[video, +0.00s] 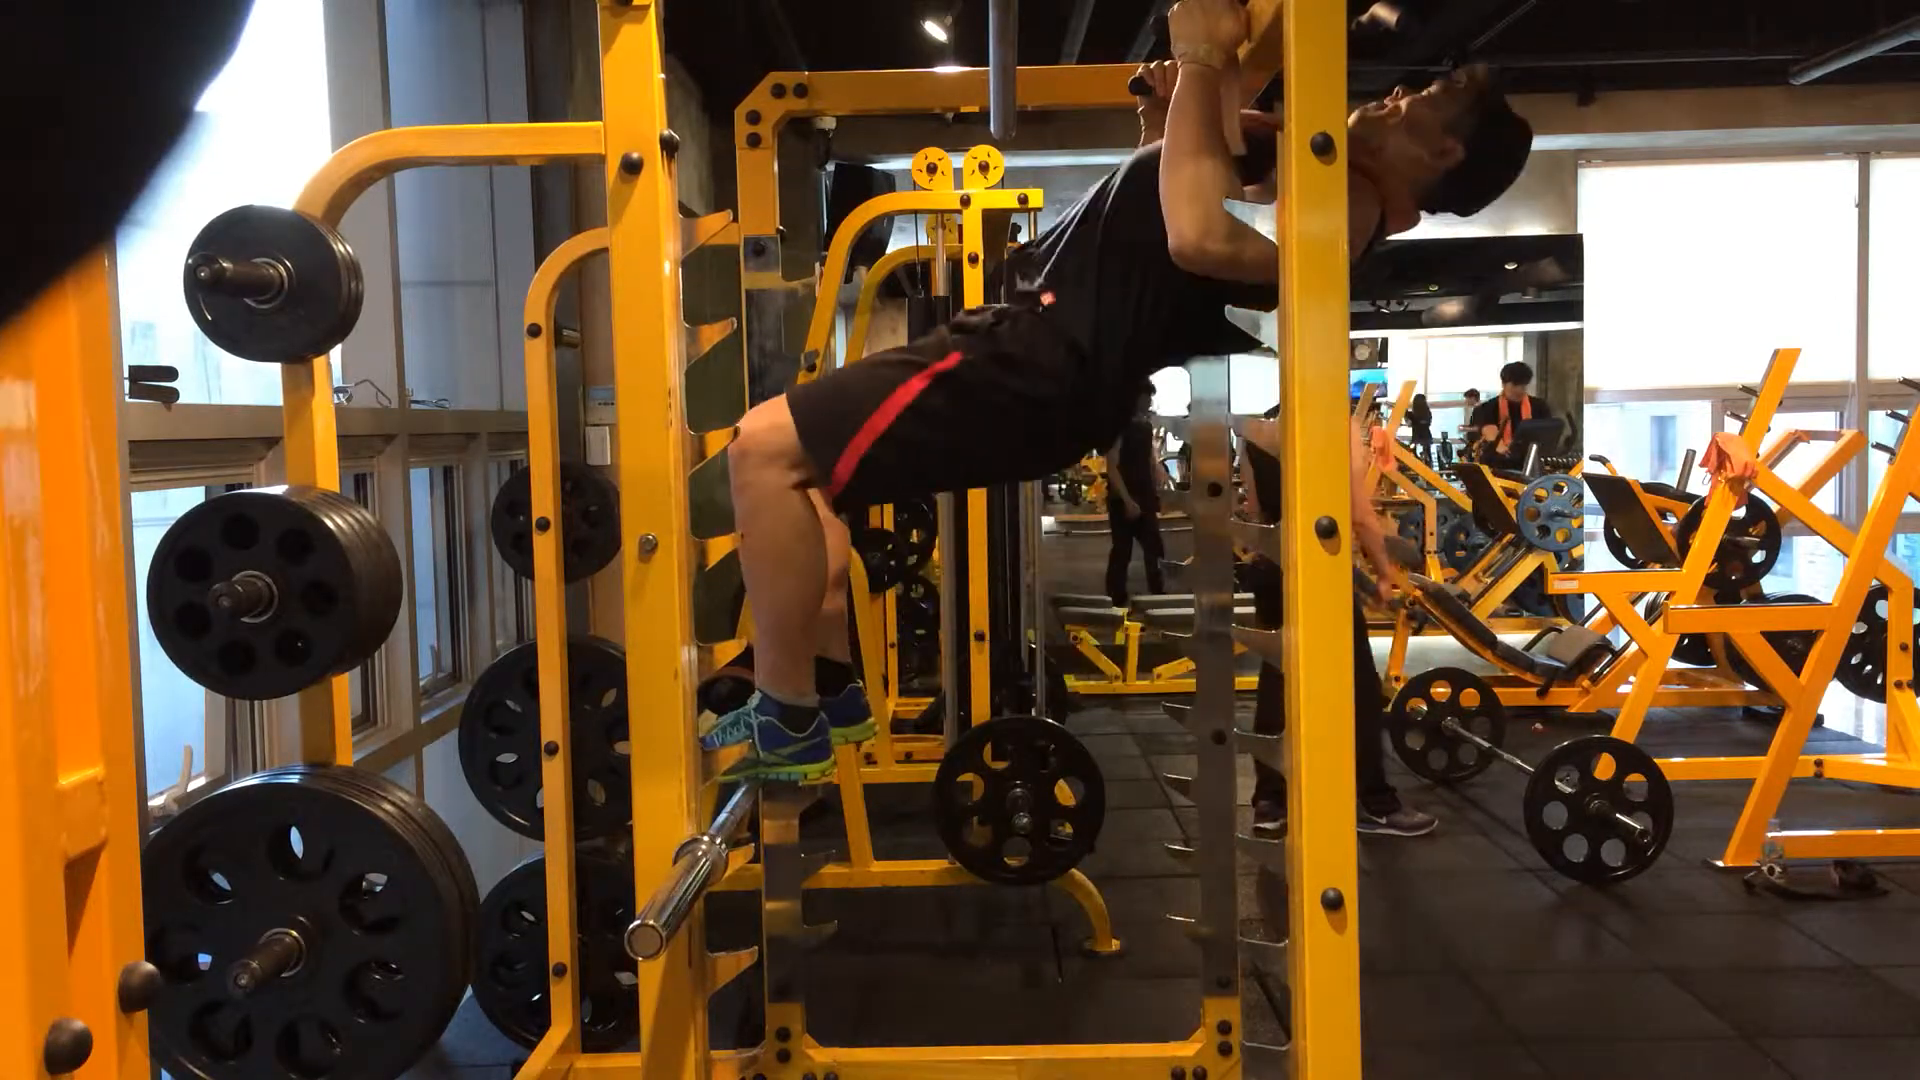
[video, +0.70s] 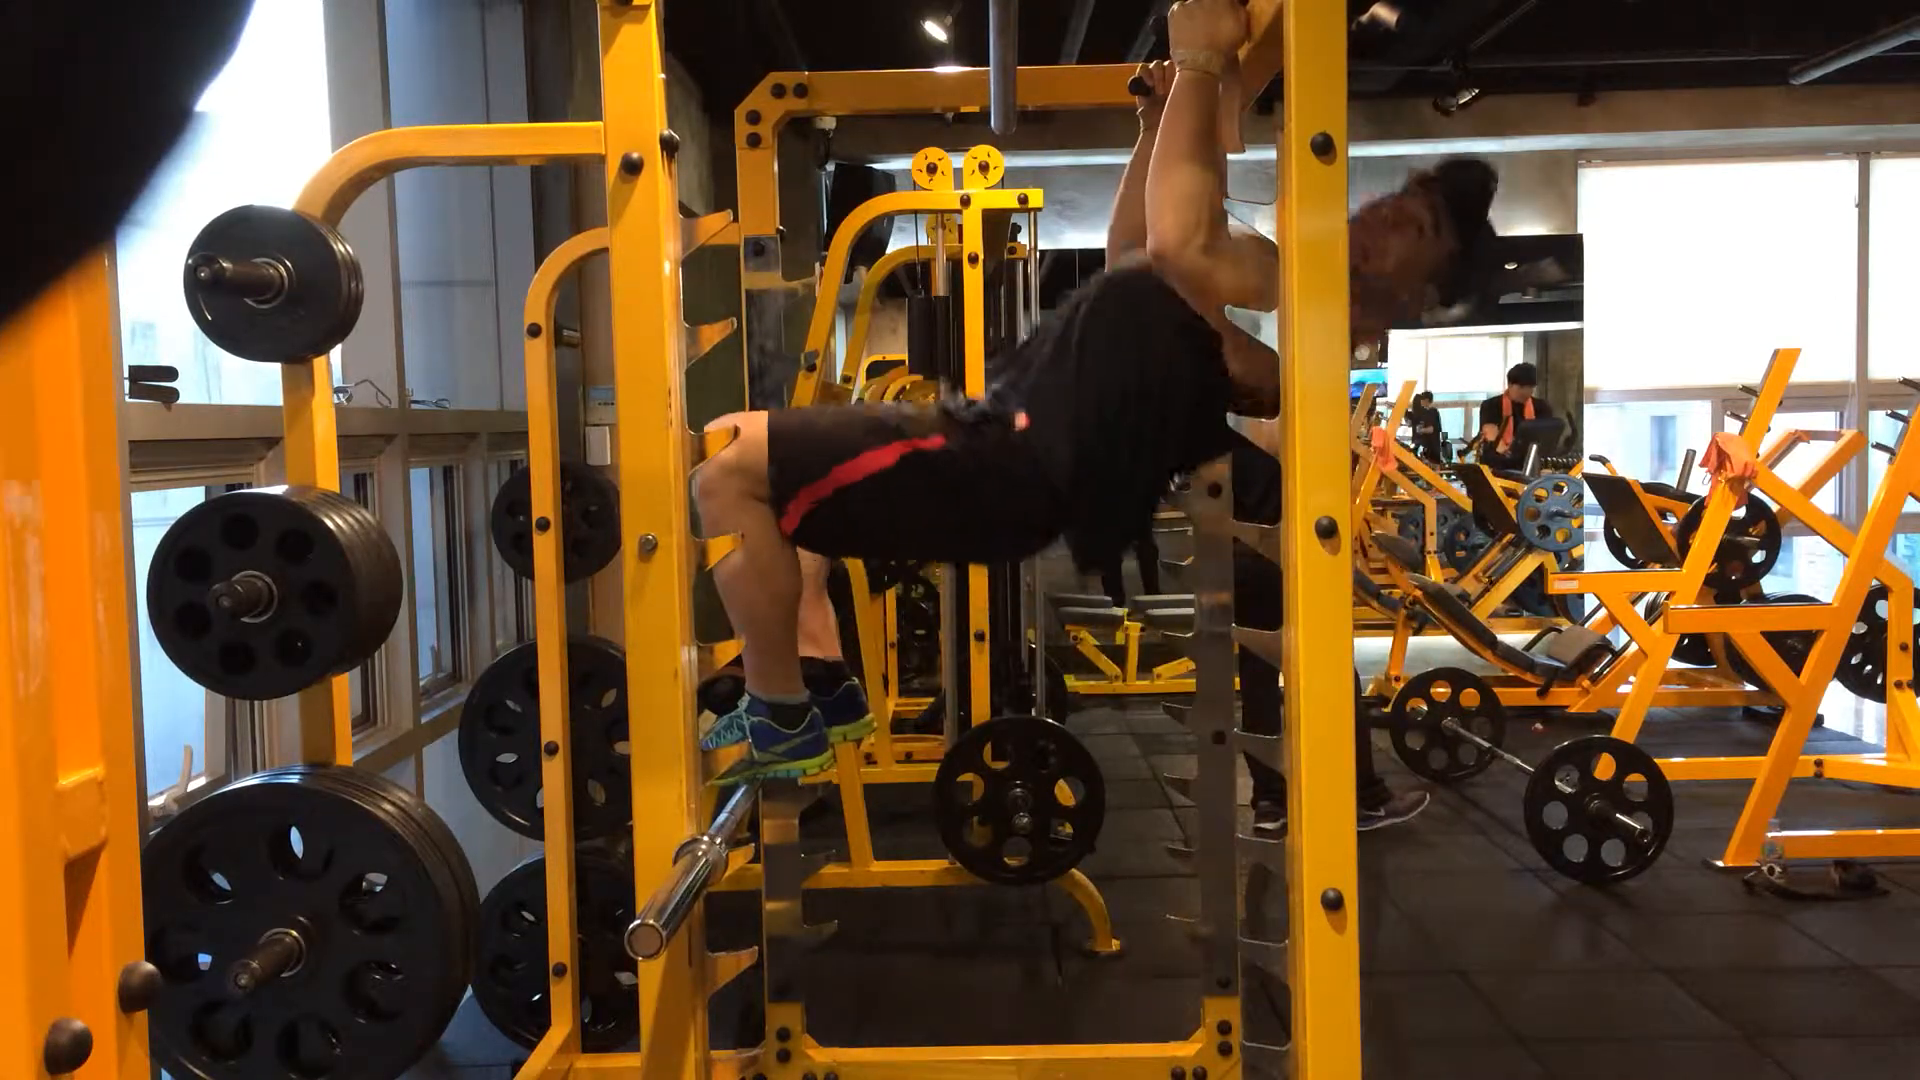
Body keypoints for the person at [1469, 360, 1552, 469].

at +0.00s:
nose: (1519, 391)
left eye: (1523, 387)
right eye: (1514, 386)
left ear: (1526, 386)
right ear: (1504, 384)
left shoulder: (1539, 406)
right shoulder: (1487, 409)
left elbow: (1547, 433)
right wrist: (1499, 445)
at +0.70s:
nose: (1526, 393)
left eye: (1530, 388)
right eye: (1521, 387)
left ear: (1533, 388)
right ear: (1510, 385)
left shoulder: (1541, 406)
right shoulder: (1491, 406)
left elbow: (1548, 435)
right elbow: (1490, 435)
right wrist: (1505, 450)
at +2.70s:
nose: (1514, 392)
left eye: (1518, 387)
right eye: (1509, 387)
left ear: (1522, 386)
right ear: (1498, 387)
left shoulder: (1535, 404)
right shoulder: (1484, 411)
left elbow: (1548, 433)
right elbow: (1488, 443)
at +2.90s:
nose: (1523, 394)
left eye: (1526, 389)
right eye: (1519, 388)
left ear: (1530, 388)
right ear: (1507, 385)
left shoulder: (1537, 406)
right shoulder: (1488, 407)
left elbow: (1545, 437)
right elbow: (1489, 443)